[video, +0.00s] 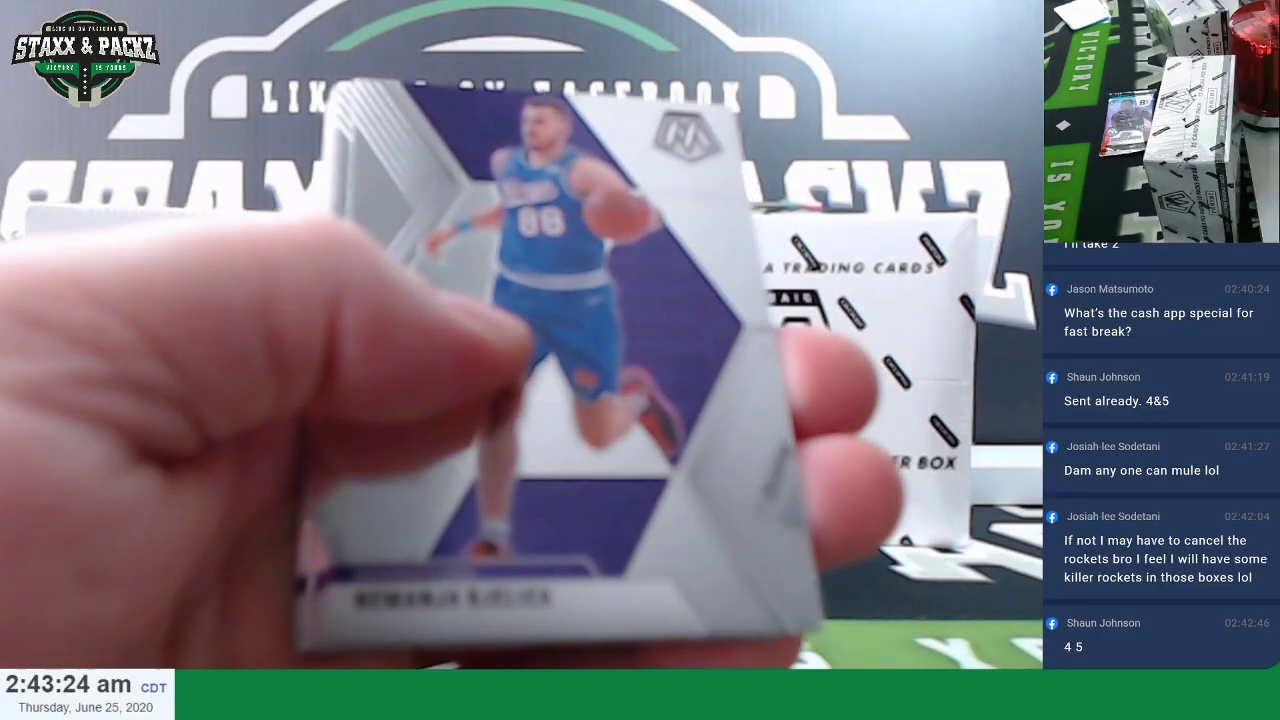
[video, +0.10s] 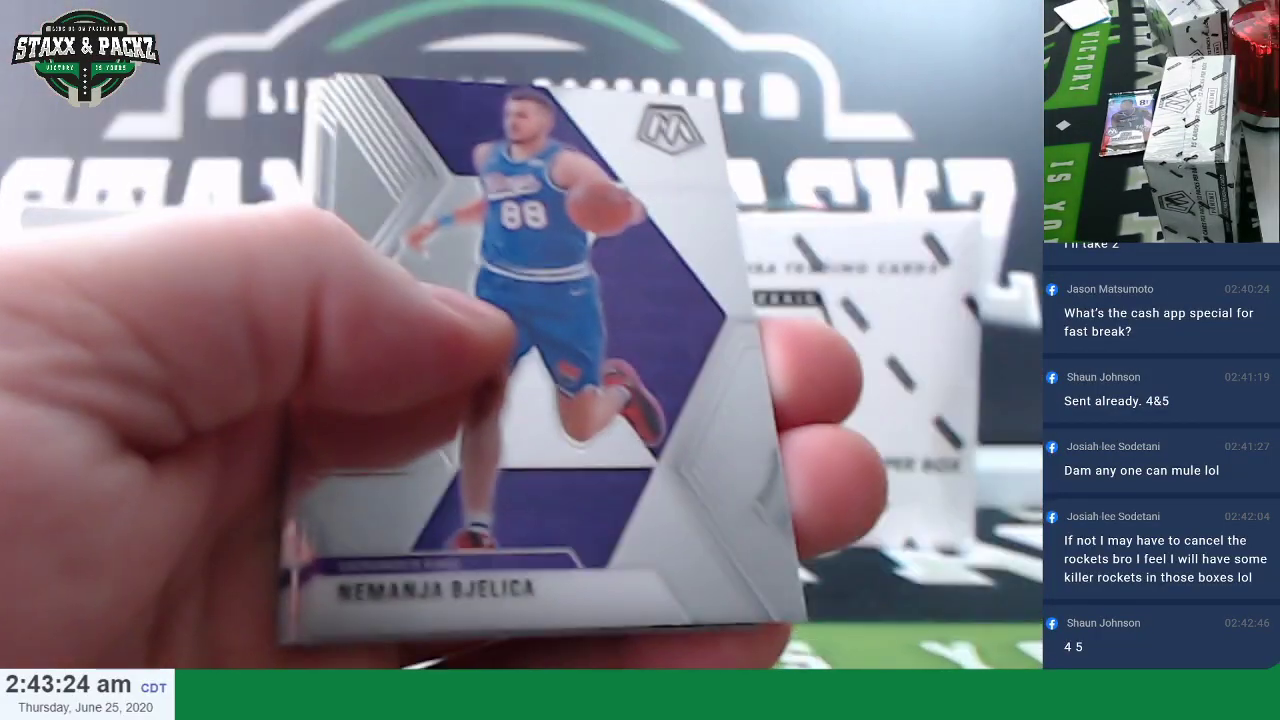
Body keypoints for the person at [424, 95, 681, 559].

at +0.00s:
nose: (533, 127)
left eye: (542, 119)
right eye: (528, 120)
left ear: (565, 127)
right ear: (520, 127)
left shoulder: (584, 170)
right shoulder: (504, 163)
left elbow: (629, 205)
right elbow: (513, 211)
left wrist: (634, 218)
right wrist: (458, 228)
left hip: (582, 306)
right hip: (516, 301)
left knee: (598, 433)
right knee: (496, 412)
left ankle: (642, 397)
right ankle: (494, 538)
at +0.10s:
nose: (516, 120)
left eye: (527, 112)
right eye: (511, 113)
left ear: (549, 121)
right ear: (502, 119)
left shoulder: (567, 164)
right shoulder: (486, 157)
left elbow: (609, 201)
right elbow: (495, 202)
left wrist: (621, 210)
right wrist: (439, 224)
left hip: (565, 299)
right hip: (499, 293)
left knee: (580, 425)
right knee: (481, 402)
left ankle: (623, 389)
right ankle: (478, 530)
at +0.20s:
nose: (509, 111)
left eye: (519, 104)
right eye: (504, 105)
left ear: (542, 112)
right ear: (495, 112)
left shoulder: (559, 155)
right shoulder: (479, 149)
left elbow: (600, 188)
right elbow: (486, 195)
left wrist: (609, 204)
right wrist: (431, 214)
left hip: (556, 292)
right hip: (490, 287)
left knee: (571, 418)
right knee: (470, 398)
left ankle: (615, 383)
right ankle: (466, 523)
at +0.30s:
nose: (518, 112)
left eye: (527, 104)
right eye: (511, 105)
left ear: (548, 110)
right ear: (501, 112)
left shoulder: (566, 155)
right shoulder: (486, 148)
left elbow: (603, 191)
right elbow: (494, 196)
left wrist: (606, 207)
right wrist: (437, 215)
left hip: (564, 294)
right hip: (499, 289)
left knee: (580, 420)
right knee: (478, 401)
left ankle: (625, 384)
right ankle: (475, 526)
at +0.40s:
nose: (546, 111)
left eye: (556, 103)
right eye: (541, 104)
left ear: (579, 111)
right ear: (533, 111)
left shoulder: (600, 154)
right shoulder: (518, 148)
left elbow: (648, 193)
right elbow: (526, 194)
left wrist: (651, 202)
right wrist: (472, 215)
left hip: (598, 290)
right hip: (531, 285)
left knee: (614, 419)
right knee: (514, 396)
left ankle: (658, 381)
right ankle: (512, 523)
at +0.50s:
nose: (568, 109)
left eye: (578, 102)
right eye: (563, 102)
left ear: (602, 111)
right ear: (555, 110)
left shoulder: (622, 154)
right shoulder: (539, 147)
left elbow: (679, 194)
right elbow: (550, 193)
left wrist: (677, 203)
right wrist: (495, 213)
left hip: (622, 290)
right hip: (555, 284)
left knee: (639, 422)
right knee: (538, 398)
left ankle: (682, 383)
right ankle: (536, 526)